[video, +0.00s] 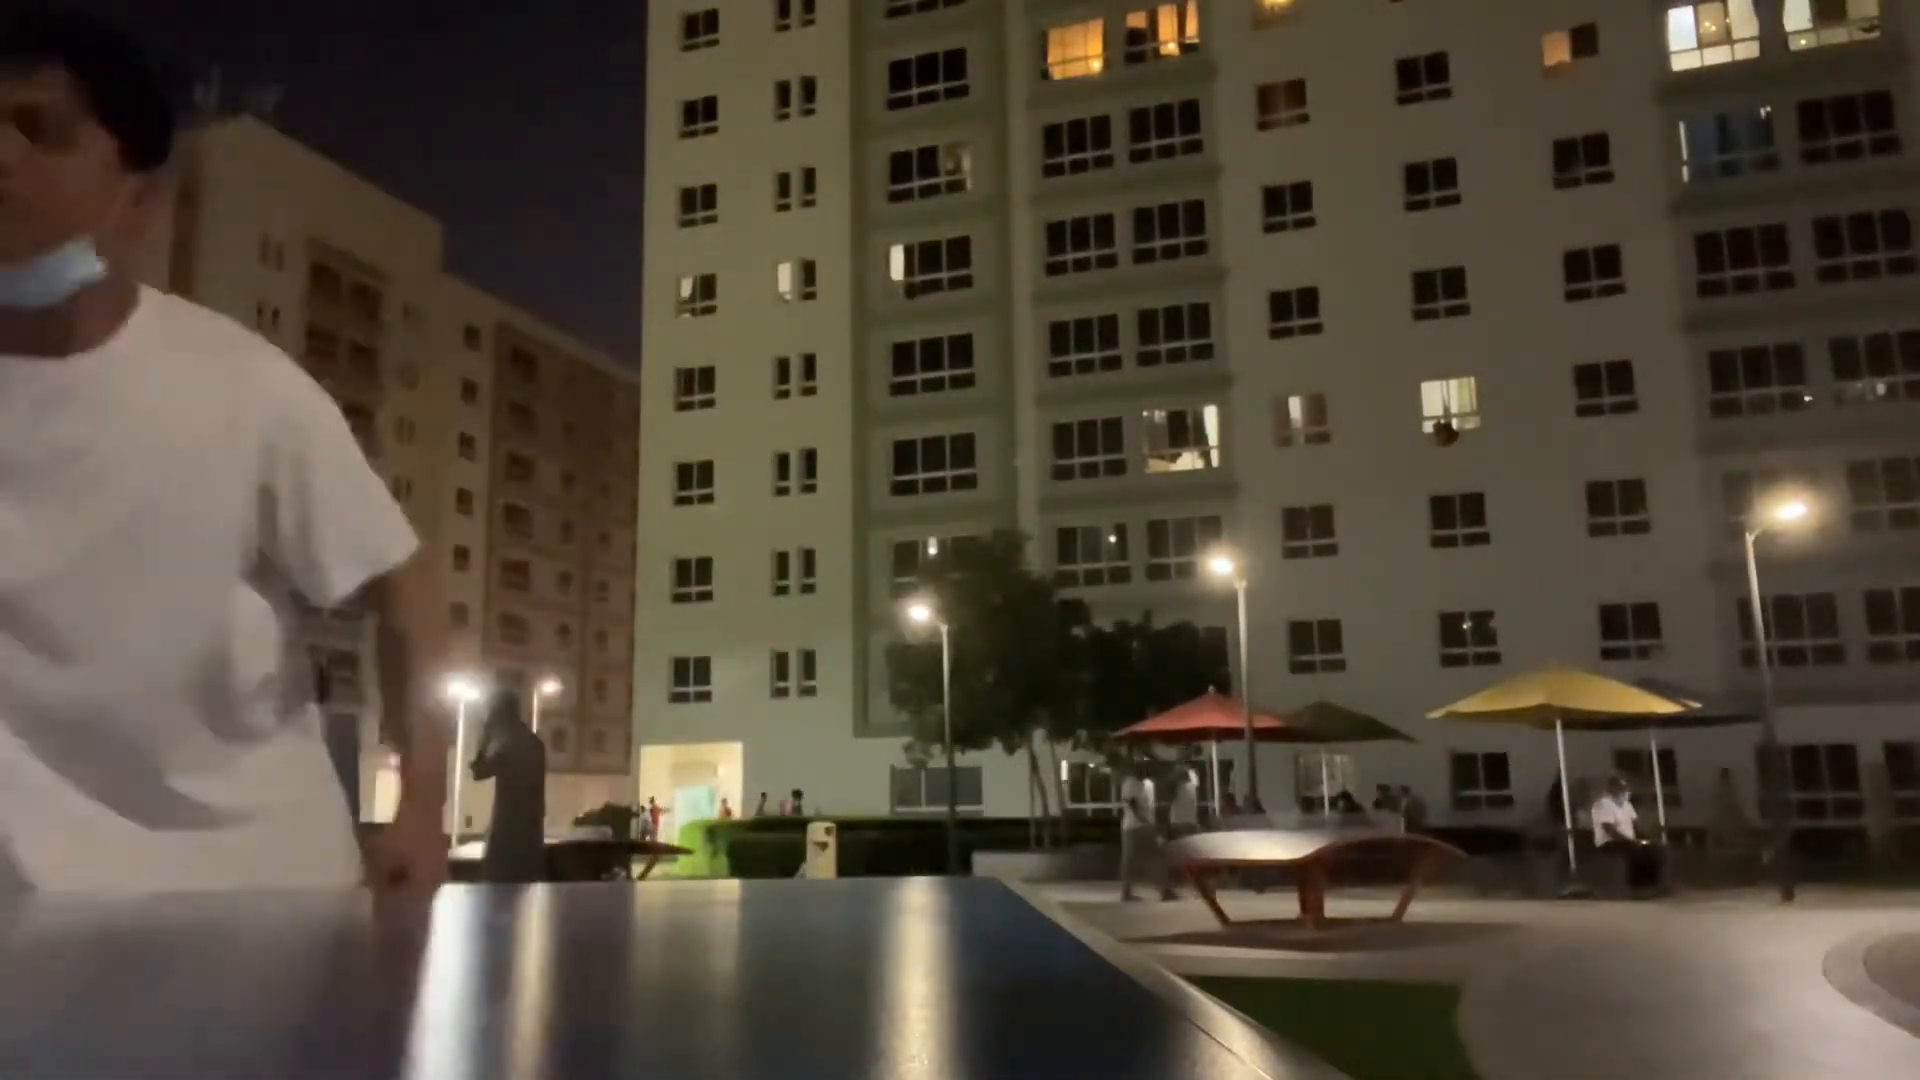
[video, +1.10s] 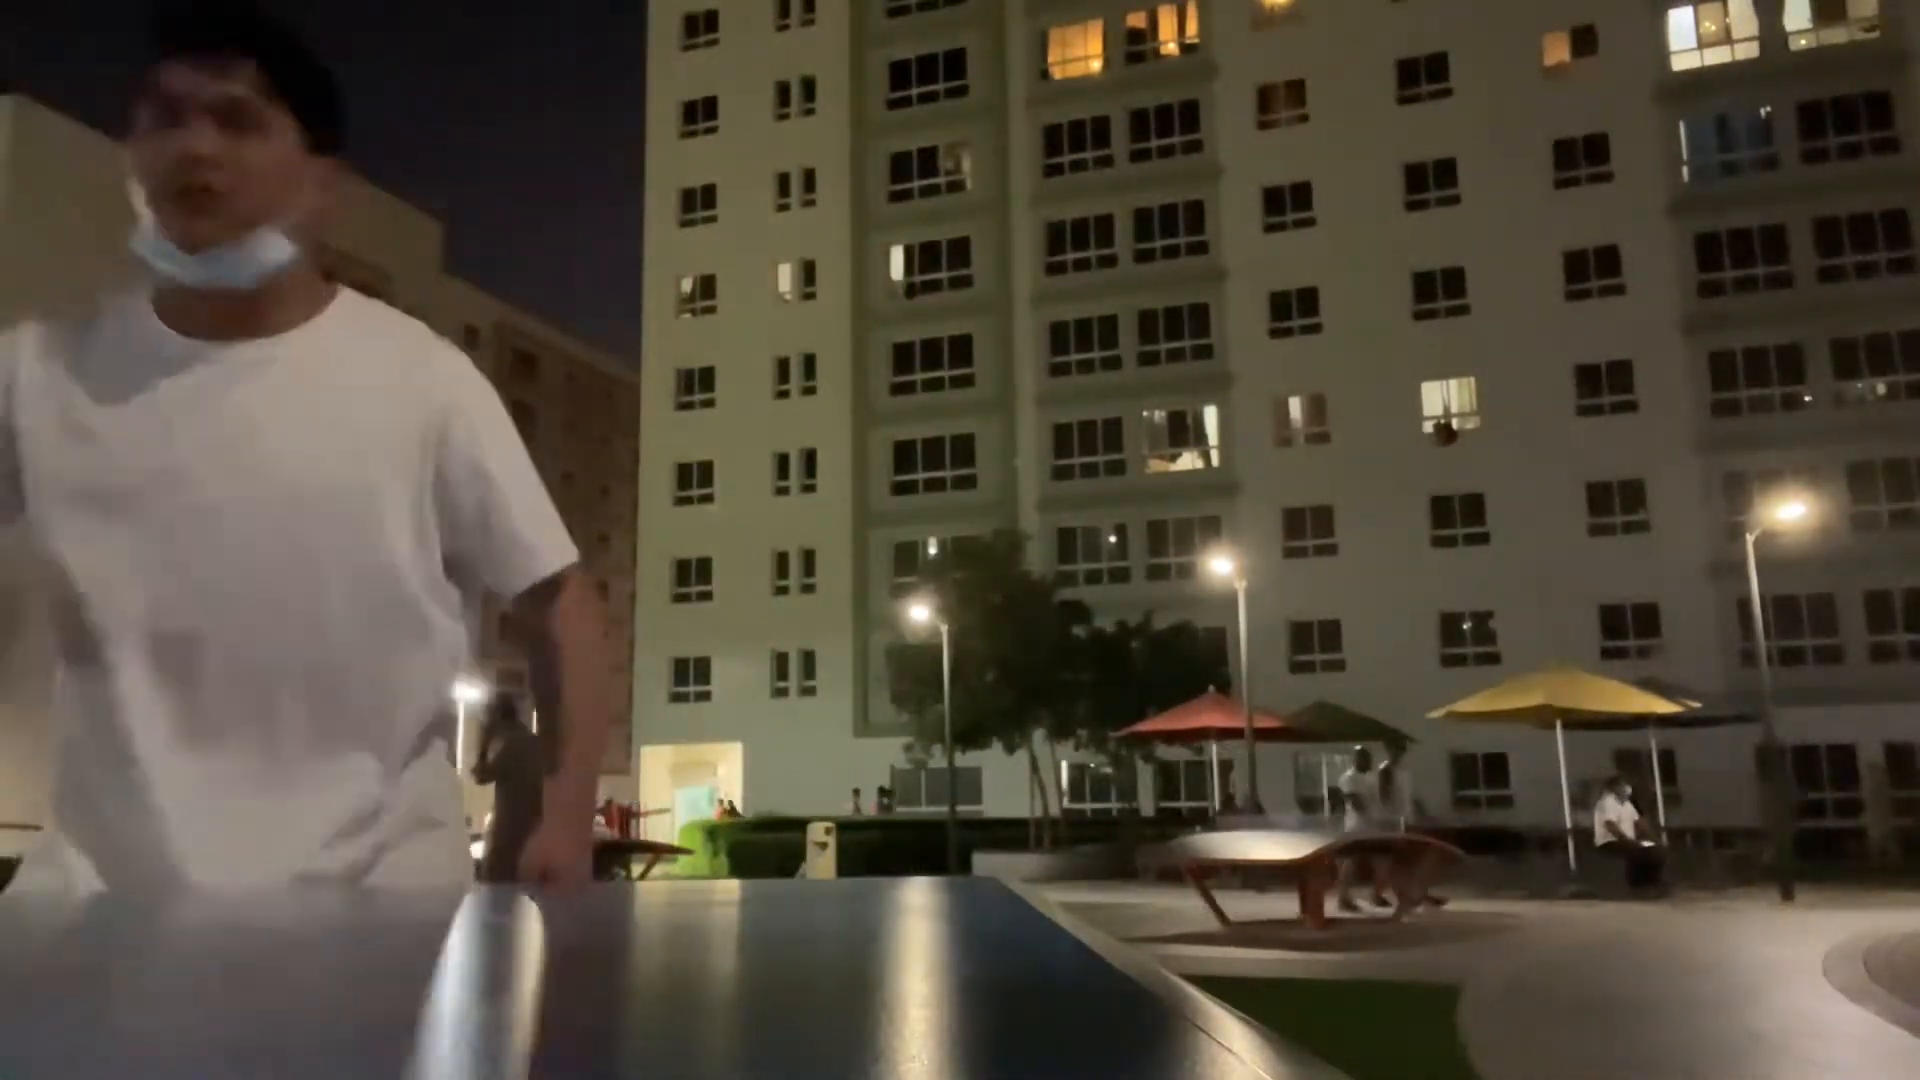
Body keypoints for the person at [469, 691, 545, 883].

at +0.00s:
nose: (489, 716)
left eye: (492, 711)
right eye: (490, 711)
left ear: (499, 712)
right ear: (514, 710)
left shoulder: (507, 742)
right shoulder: (534, 742)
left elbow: (479, 770)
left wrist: (487, 731)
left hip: (509, 826)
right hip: (531, 827)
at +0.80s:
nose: (490, 723)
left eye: (491, 718)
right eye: (490, 718)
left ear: (499, 716)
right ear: (512, 713)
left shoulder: (509, 746)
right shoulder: (534, 743)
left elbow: (481, 775)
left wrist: (486, 737)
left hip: (509, 827)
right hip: (531, 826)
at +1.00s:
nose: (494, 722)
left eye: (496, 717)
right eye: (495, 717)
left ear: (502, 717)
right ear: (514, 715)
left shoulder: (514, 744)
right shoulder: (534, 741)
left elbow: (481, 773)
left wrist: (486, 737)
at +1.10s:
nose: (489, 720)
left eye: (491, 716)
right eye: (490, 716)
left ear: (499, 716)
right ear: (514, 714)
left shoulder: (511, 743)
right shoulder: (532, 740)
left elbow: (482, 775)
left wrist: (485, 736)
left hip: (511, 814)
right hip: (528, 812)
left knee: (495, 867)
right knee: (506, 866)